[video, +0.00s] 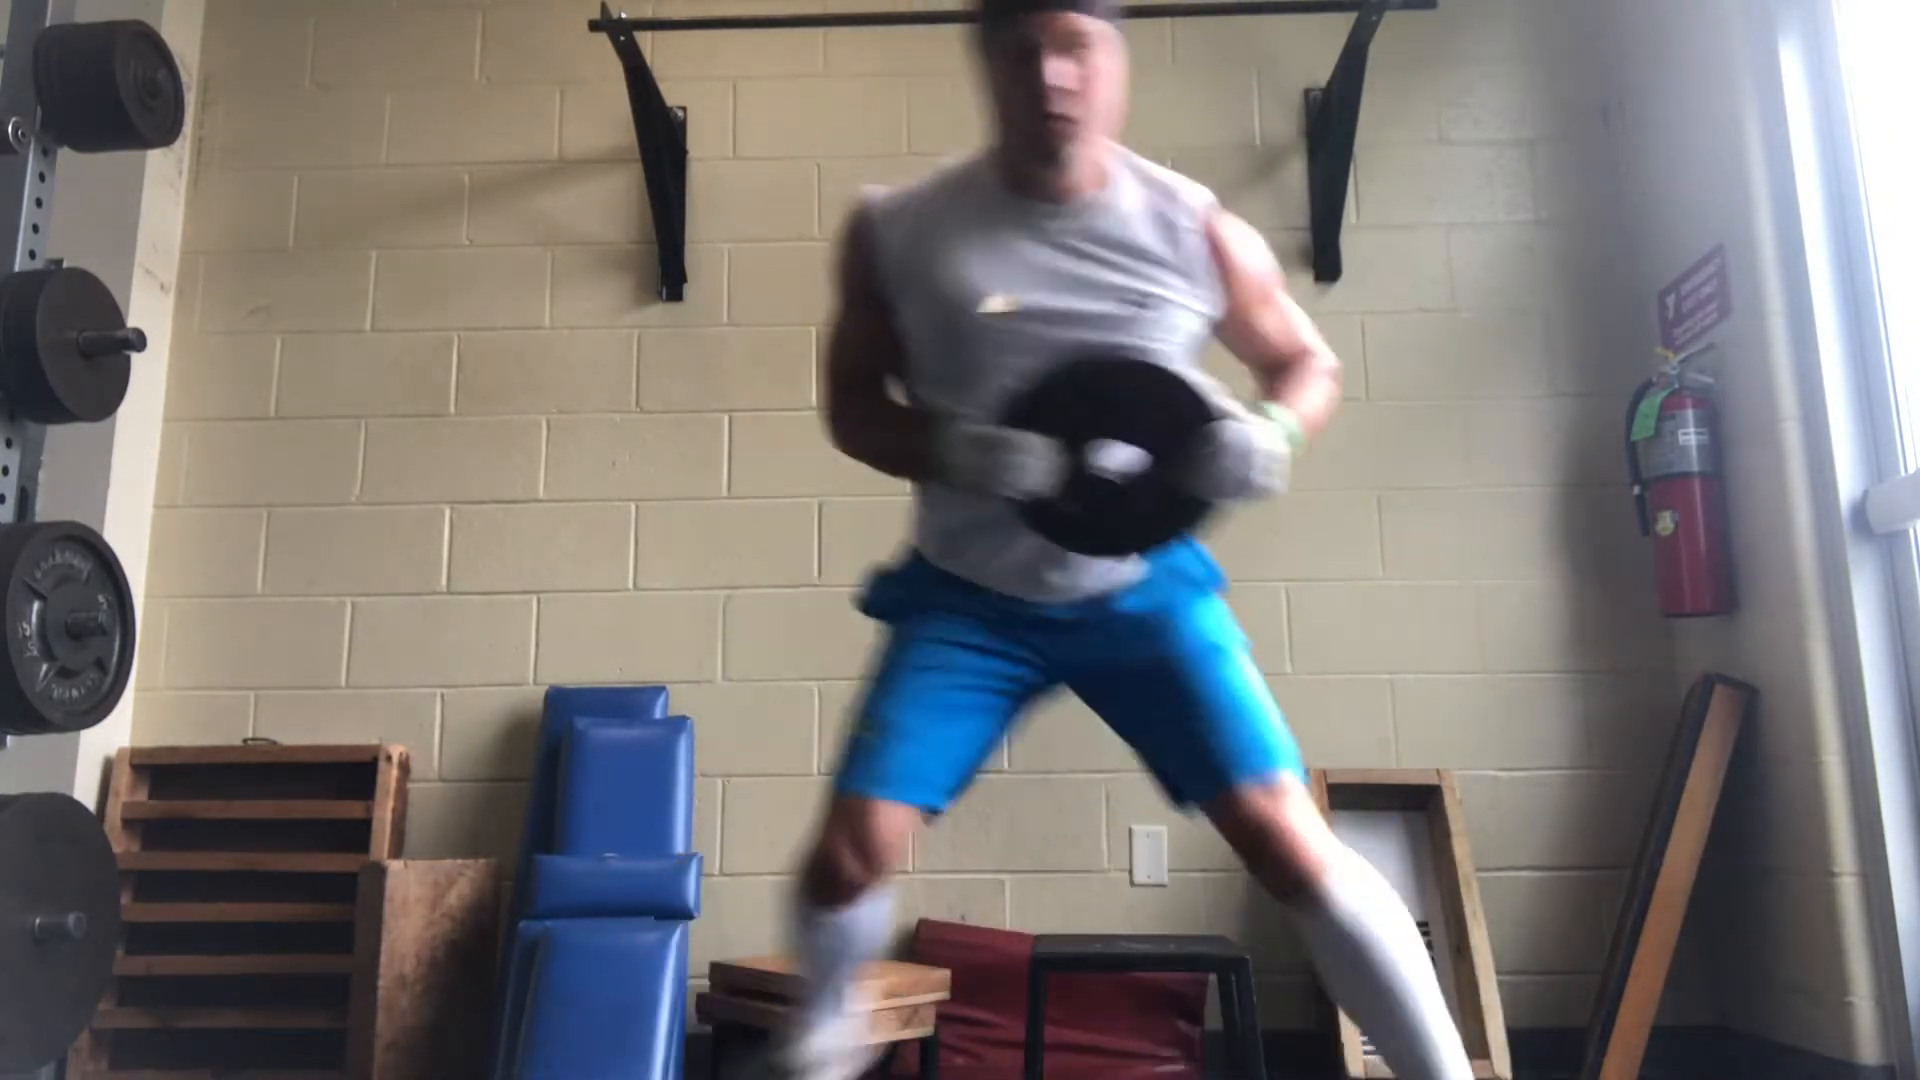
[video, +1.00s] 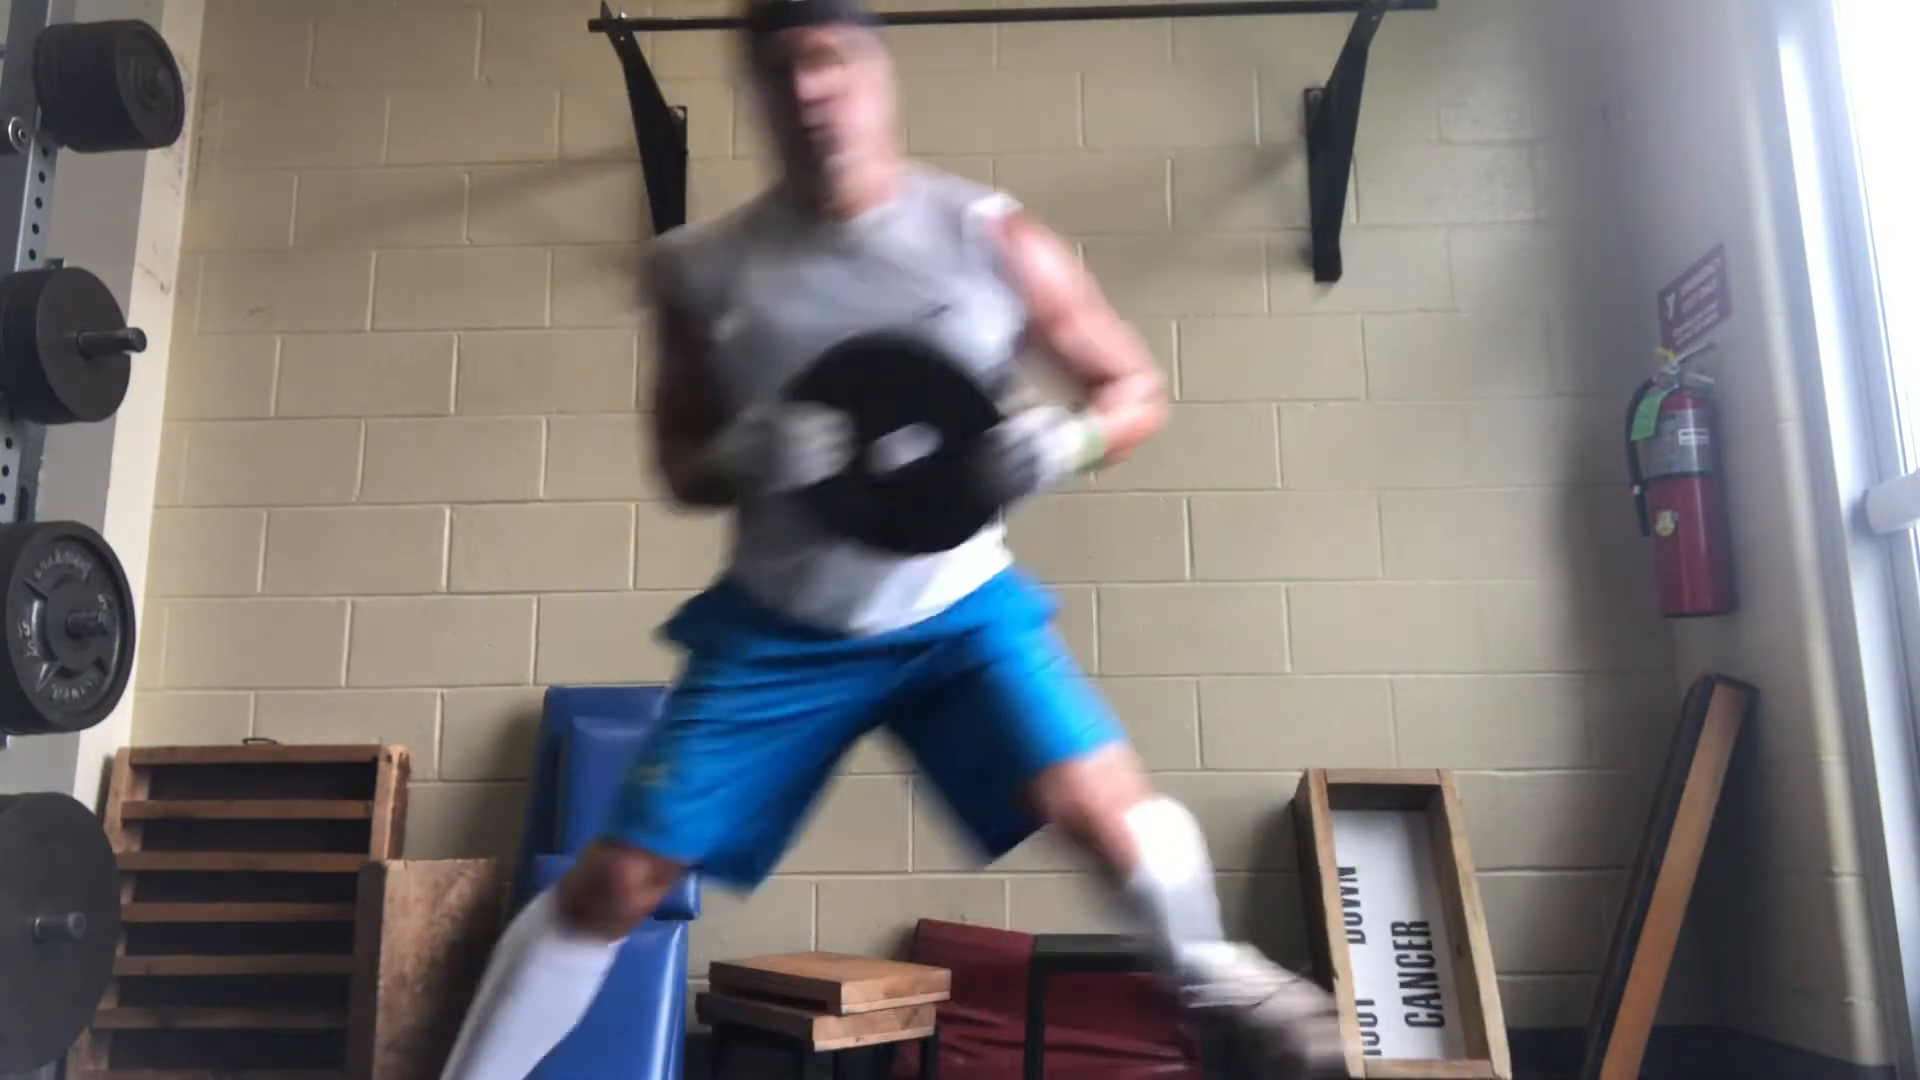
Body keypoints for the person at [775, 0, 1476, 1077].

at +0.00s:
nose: (1050, 76)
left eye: (1075, 47)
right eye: (1023, 50)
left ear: (1117, 65)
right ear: (987, 69)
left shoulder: (1198, 234)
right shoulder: (896, 235)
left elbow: (1311, 366)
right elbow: (852, 410)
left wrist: (1270, 431)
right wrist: (952, 453)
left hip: (1148, 596)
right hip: (967, 601)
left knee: (1286, 841)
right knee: (854, 850)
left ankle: (1448, 1070)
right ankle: (823, 1044)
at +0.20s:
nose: (1221, 134)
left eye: (1247, 109)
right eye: (1193, 105)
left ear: (1276, 135)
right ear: (1140, 122)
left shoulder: (1318, 317)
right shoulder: (1021, 282)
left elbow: (1366, 462)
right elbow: (940, 481)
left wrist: (1381, 533)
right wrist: (1079, 547)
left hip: (1237, 662)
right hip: (1047, 665)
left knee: (1367, 896)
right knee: (971, 942)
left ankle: (1469, 1078)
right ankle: (1031, 948)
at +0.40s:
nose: (1081, 56)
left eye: (1108, 35)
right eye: (1055, 30)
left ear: (1140, 67)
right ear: (1010, 47)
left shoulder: (1185, 230)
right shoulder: (898, 213)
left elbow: (1269, 437)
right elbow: (835, 377)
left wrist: (1126, 451)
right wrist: (894, 431)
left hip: (1110, 604)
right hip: (921, 578)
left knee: (1257, 860)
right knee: (723, 735)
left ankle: (1422, 1072)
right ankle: (663, 962)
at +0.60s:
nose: (790, 93)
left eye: (816, 62)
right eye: (764, 67)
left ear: (864, 79)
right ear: (731, 91)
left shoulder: (942, 256)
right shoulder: (682, 255)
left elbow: (1020, 490)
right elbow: (680, 416)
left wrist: (839, 489)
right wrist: (609, 452)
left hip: (902, 655)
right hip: (720, 639)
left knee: (928, 936)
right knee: (574, 884)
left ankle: (939, 1021)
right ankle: (455, 1075)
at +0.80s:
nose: (611, 159)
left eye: (639, 129)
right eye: (583, 138)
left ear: (695, 149)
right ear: (558, 173)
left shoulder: (821, 306)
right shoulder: (576, 355)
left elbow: (975, 493)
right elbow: (597, 525)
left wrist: (811, 574)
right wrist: (557, 592)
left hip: (837, 692)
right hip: (667, 683)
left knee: (744, 950)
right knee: (535, 895)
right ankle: (444, 1073)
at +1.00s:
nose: (812, 91)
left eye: (833, 62)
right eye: (784, 70)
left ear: (882, 74)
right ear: (759, 97)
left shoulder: (985, 233)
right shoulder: (701, 271)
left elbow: (1139, 388)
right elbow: (681, 471)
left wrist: (1059, 443)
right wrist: (761, 447)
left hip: (968, 611)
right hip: (777, 636)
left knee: (1105, 806)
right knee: (618, 881)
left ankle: (1214, 985)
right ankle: (470, 1076)